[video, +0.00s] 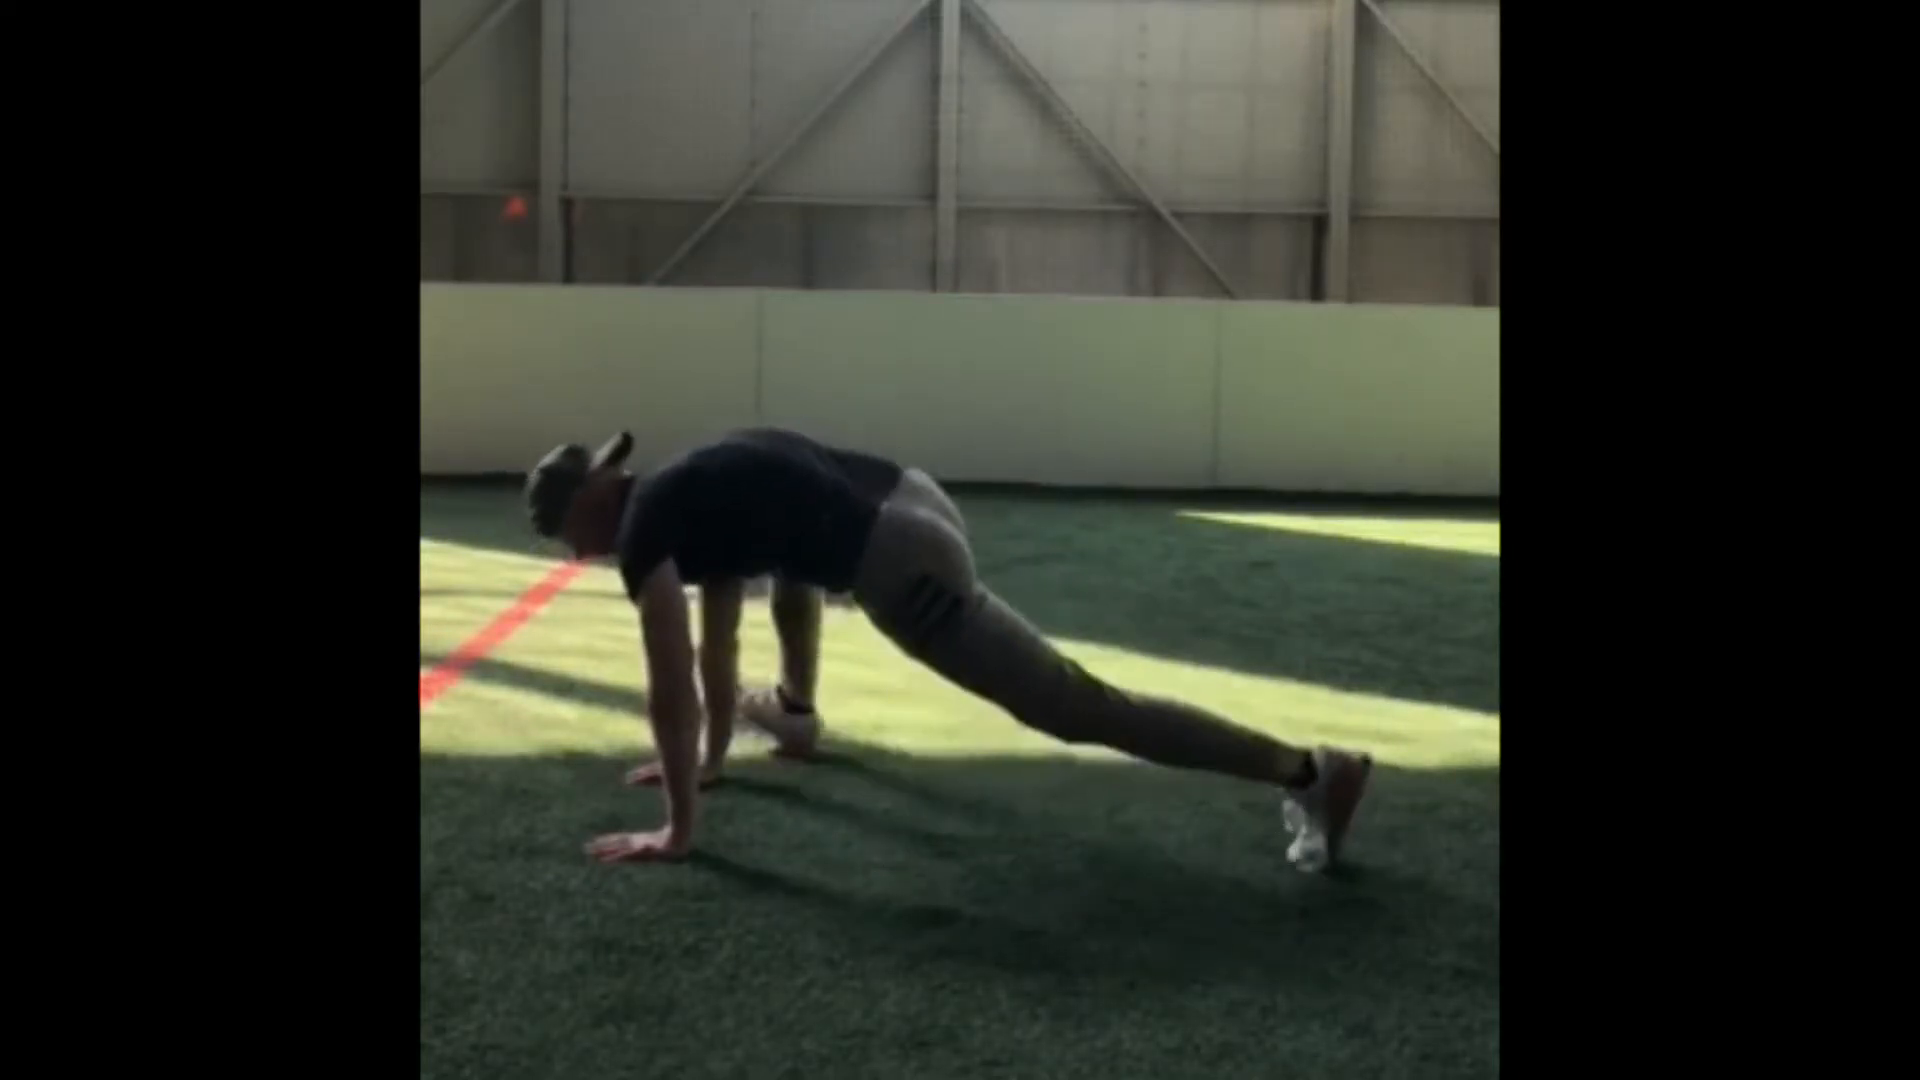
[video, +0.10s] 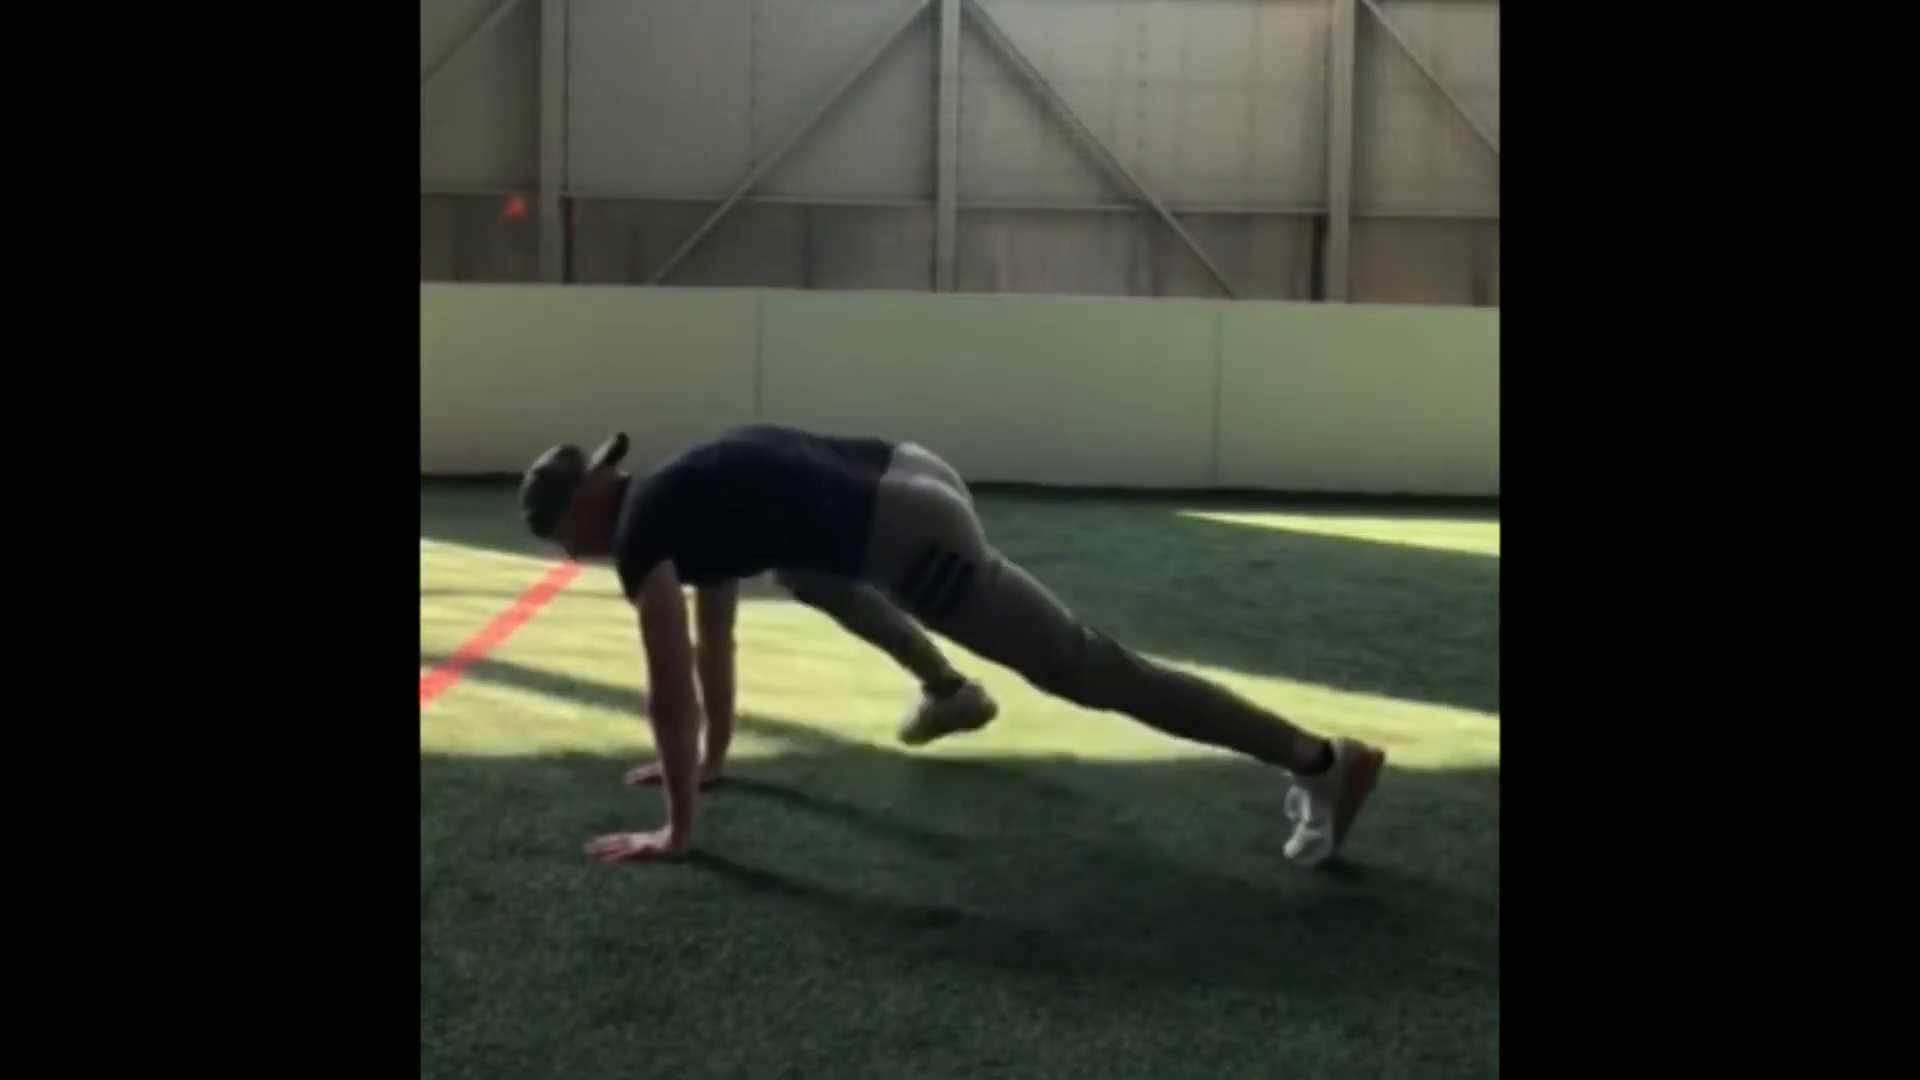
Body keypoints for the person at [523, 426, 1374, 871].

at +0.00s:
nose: (580, 556)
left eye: (571, 540)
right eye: (570, 543)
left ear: (589, 510)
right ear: (615, 481)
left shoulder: (645, 533)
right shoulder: (703, 488)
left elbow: (676, 689)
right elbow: (720, 651)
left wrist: (677, 829)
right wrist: (692, 764)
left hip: (897, 558)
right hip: (917, 500)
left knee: (1079, 708)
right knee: (777, 549)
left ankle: (1311, 777)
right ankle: (796, 718)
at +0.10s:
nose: (582, 563)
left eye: (574, 548)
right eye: (572, 551)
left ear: (587, 513)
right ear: (611, 482)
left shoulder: (645, 531)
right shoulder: (696, 496)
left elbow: (672, 687)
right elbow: (718, 656)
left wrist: (676, 827)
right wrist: (709, 757)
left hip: (908, 530)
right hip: (919, 475)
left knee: (1094, 672)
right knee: (798, 575)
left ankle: (1324, 762)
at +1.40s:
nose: (574, 558)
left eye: (567, 540)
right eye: (563, 546)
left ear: (591, 501)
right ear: (606, 485)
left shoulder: (651, 534)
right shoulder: (686, 502)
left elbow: (675, 686)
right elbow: (719, 654)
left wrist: (678, 832)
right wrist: (711, 755)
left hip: (907, 556)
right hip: (934, 521)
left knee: (935, 787)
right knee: (1107, 655)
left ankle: (1153, 725)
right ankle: (1315, 738)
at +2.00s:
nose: (555, 540)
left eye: (548, 525)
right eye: (545, 527)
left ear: (577, 495)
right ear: (600, 472)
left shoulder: (637, 533)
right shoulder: (682, 485)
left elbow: (674, 691)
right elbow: (710, 643)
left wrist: (676, 832)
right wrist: (700, 738)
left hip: (879, 598)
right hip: (894, 545)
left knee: (1042, 747)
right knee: (692, 585)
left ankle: (1284, 779)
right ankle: (688, 726)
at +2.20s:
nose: (575, 543)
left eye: (568, 529)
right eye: (566, 530)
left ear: (591, 499)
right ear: (614, 473)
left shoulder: (650, 532)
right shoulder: (700, 484)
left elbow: (686, 690)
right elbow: (718, 643)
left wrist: (677, 832)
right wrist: (690, 732)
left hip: (894, 614)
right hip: (902, 561)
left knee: (1059, 767)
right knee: (713, 599)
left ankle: (1295, 785)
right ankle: (691, 736)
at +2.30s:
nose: (582, 556)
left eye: (574, 542)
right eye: (573, 543)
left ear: (592, 512)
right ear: (616, 481)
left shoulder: (647, 535)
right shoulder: (691, 482)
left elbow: (678, 687)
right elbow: (729, 627)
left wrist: (678, 829)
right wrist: (704, 735)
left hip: (907, 572)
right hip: (917, 524)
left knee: (1078, 723)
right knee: (740, 563)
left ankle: (1319, 781)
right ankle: (723, 732)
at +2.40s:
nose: (574, 561)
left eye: (566, 545)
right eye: (564, 549)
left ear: (587, 512)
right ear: (609, 488)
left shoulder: (645, 536)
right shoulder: (693, 496)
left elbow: (674, 691)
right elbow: (717, 660)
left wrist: (677, 830)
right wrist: (704, 766)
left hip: (917, 549)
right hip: (918, 490)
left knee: (1091, 687)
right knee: (757, 573)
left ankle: (1330, 779)